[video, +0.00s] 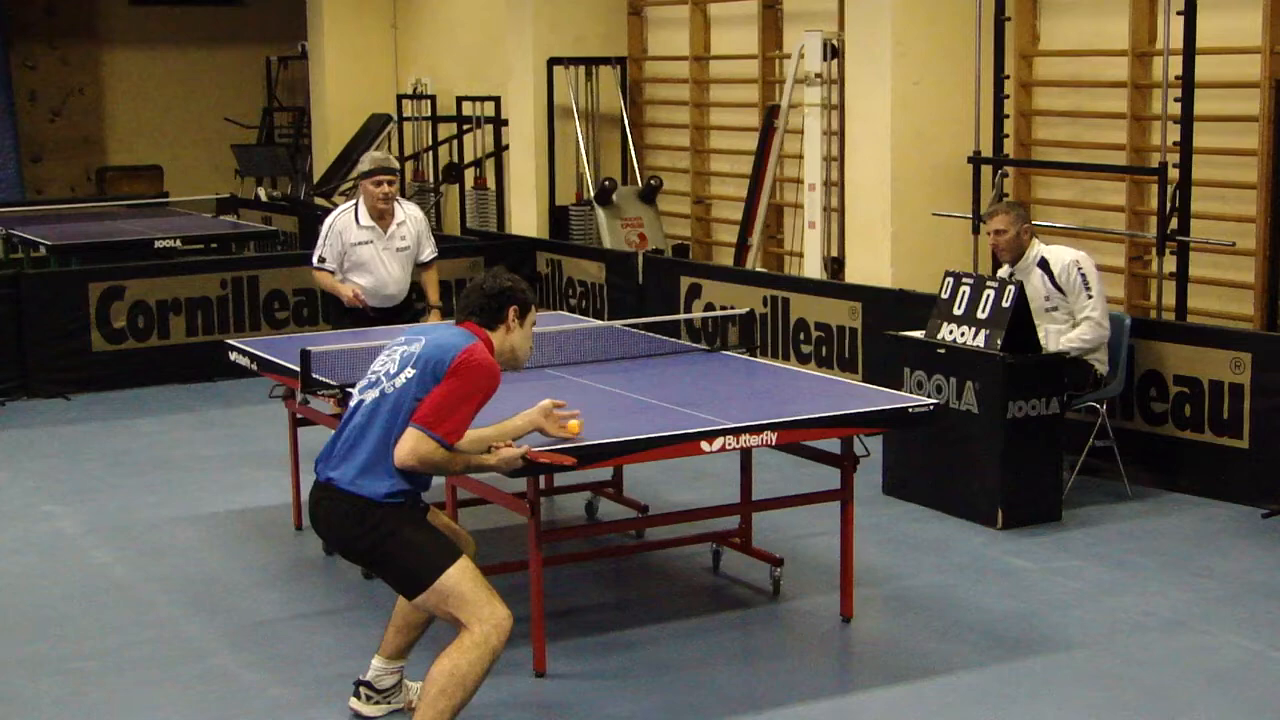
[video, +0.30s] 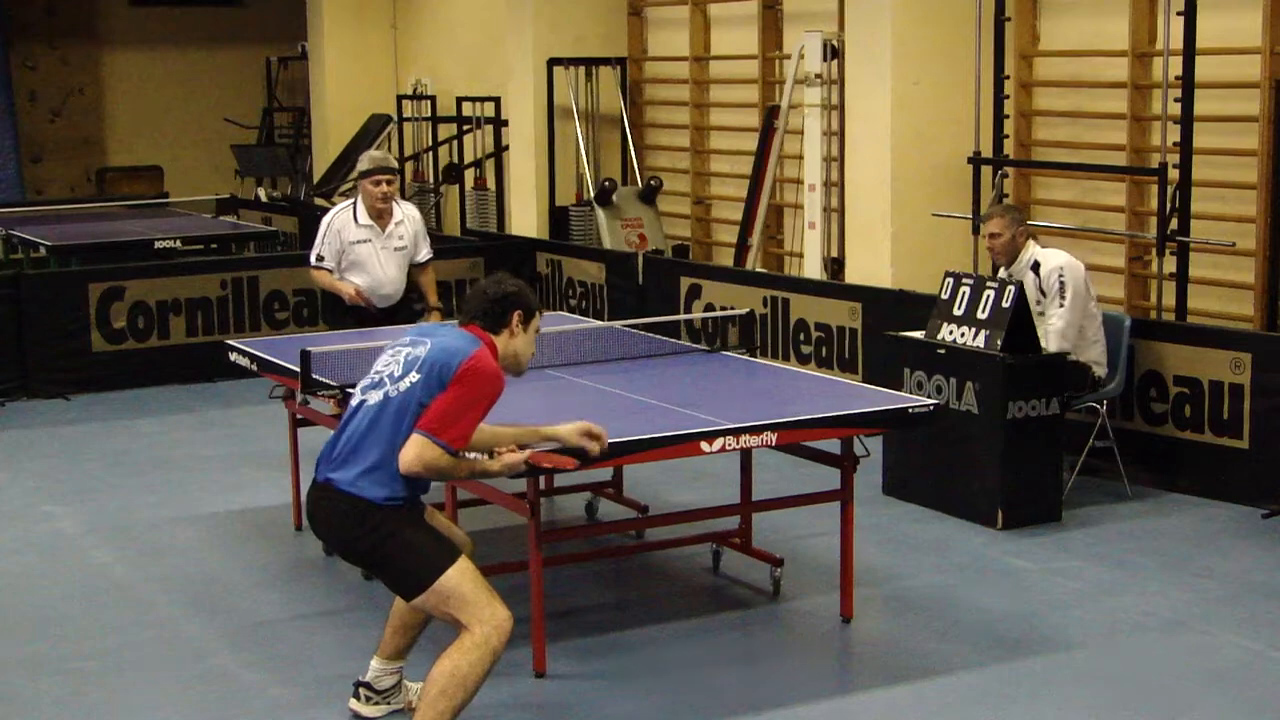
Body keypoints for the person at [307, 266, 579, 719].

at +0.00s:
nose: (530, 342)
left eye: (531, 329)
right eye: (531, 328)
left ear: (473, 312)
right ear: (512, 318)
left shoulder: (424, 337)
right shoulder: (477, 360)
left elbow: (439, 445)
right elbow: (413, 453)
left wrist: (530, 419)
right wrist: (485, 460)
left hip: (335, 490)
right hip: (364, 506)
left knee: (458, 546)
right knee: (491, 621)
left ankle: (381, 682)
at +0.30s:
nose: (534, 348)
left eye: (536, 335)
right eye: (535, 333)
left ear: (480, 317)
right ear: (514, 324)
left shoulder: (430, 335)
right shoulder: (480, 365)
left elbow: (455, 432)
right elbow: (416, 459)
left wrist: (555, 433)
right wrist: (487, 466)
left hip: (333, 489)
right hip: (364, 507)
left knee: (454, 545)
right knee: (491, 622)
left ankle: (380, 684)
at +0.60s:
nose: (536, 332)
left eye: (538, 320)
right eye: (539, 320)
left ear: (483, 300)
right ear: (529, 316)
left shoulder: (431, 323)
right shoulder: (483, 351)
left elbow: (448, 431)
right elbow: (414, 443)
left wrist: (536, 426)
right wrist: (488, 462)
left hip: (330, 472)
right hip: (361, 490)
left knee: (447, 543)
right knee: (479, 617)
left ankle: (380, 682)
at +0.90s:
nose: (532, 311)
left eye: (531, 301)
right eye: (534, 303)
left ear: (479, 287)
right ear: (527, 306)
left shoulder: (428, 317)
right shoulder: (482, 340)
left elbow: (448, 427)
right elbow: (410, 425)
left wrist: (535, 422)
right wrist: (474, 449)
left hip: (328, 468)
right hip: (363, 485)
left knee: (440, 545)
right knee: (476, 615)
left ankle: (380, 683)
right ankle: (421, 712)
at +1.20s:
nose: (523, 317)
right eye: (526, 307)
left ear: (468, 291)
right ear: (520, 308)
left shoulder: (422, 322)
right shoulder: (476, 344)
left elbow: (431, 427)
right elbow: (407, 434)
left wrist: (526, 423)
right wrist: (475, 445)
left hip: (325, 475)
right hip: (360, 492)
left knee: (441, 547)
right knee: (477, 617)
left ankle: (378, 684)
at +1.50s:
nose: (522, 322)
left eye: (521, 310)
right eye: (524, 311)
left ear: (466, 295)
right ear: (518, 311)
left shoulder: (420, 326)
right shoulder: (474, 348)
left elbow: (426, 430)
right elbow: (406, 438)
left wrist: (521, 424)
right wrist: (474, 446)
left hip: (324, 477)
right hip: (357, 495)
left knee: (444, 545)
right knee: (478, 618)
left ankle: (379, 684)